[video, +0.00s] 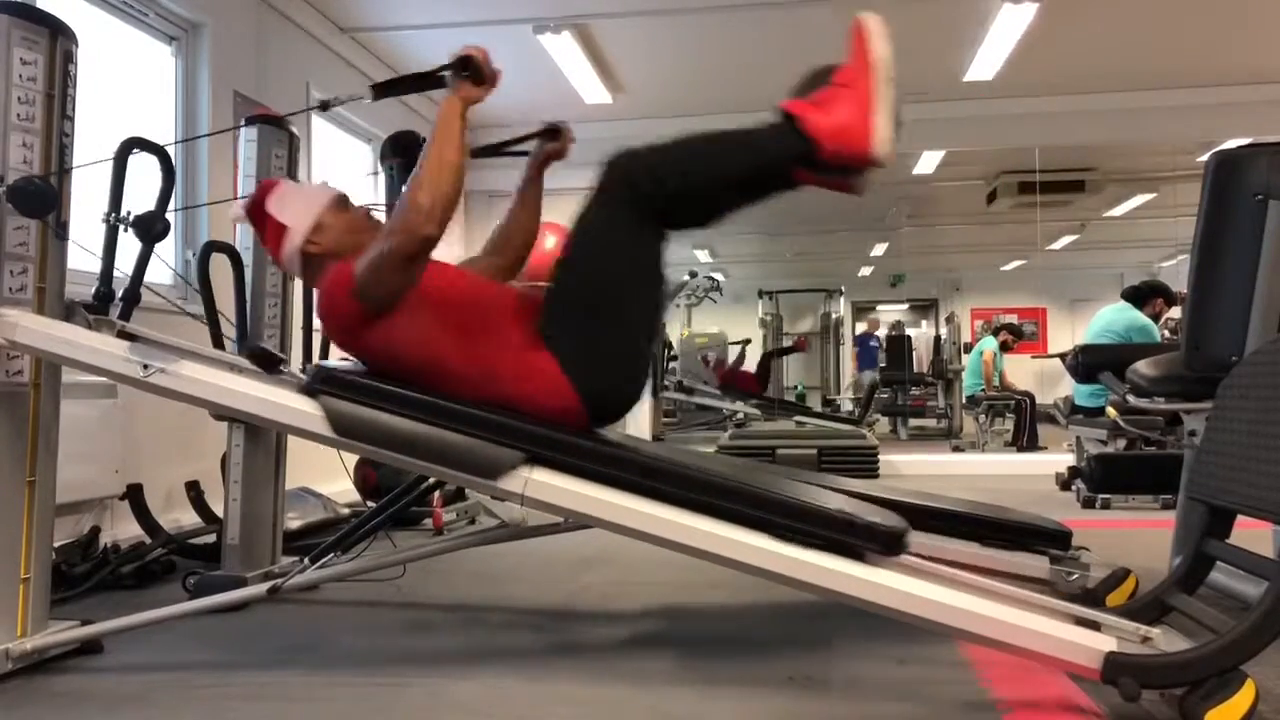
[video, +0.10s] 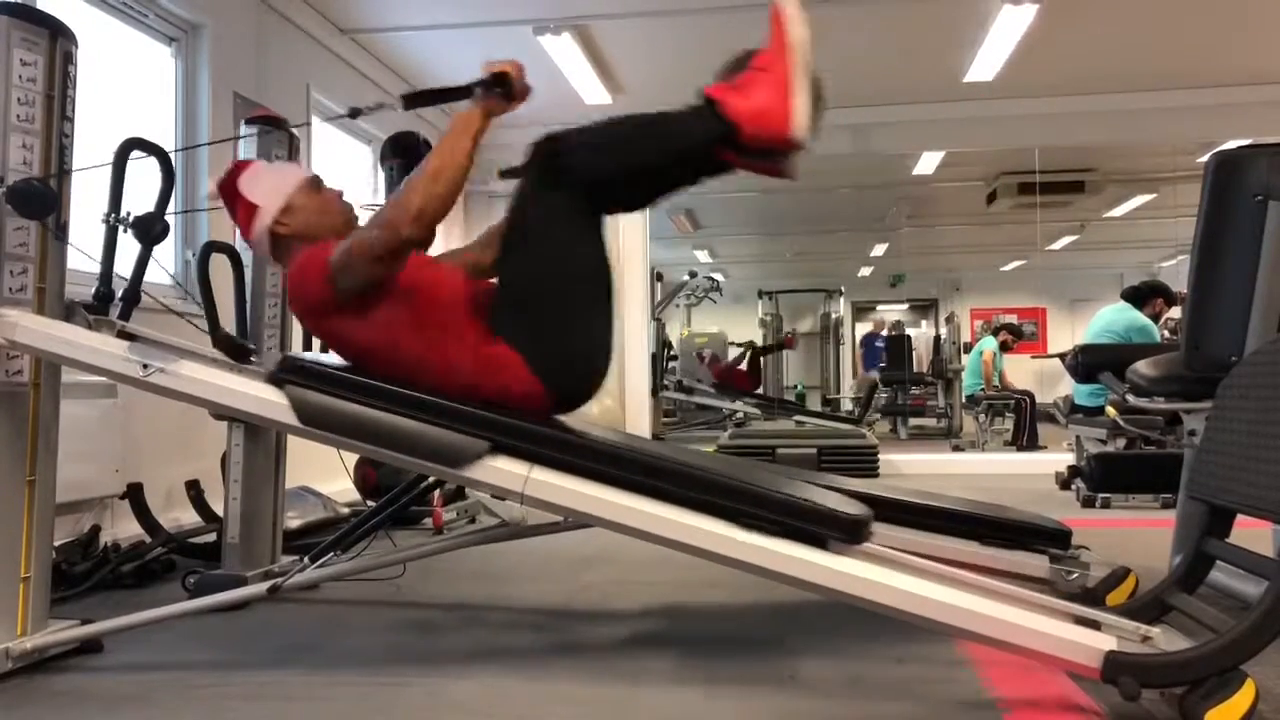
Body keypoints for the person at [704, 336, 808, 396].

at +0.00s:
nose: (724, 363)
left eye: (722, 362)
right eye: (721, 363)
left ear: (717, 369)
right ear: (719, 368)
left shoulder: (725, 376)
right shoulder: (726, 377)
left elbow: (738, 363)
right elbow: (738, 362)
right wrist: (743, 347)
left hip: (757, 384)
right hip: (758, 387)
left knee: (767, 357)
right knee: (767, 356)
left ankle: (795, 347)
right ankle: (796, 348)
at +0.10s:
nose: (719, 357)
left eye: (716, 357)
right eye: (717, 357)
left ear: (710, 364)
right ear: (716, 360)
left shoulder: (720, 369)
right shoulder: (719, 370)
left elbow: (736, 362)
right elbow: (735, 362)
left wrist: (745, 349)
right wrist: (745, 350)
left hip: (750, 381)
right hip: (751, 383)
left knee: (755, 352)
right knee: (755, 353)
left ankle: (782, 344)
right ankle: (784, 344)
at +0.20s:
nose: (715, 355)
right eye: (713, 354)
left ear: (704, 361)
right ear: (712, 357)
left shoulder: (715, 370)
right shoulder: (716, 368)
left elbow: (730, 364)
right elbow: (730, 364)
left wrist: (742, 359)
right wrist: (743, 358)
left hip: (746, 381)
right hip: (748, 380)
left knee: (745, 350)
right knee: (745, 350)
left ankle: (771, 343)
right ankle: (772, 343)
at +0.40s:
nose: (711, 351)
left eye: (708, 350)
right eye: (709, 350)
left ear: (701, 358)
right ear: (708, 353)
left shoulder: (708, 369)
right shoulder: (713, 363)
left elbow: (731, 366)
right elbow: (732, 365)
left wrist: (756, 359)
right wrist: (751, 366)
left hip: (738, 382)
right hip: (742, 378)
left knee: (735, 349)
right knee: (735, 349)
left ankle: (763, 340)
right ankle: (764, 340)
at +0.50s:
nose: (710, 350)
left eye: (708, 349)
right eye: (708, 350)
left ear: (701, 358)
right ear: (707, 353)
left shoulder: (708, 368)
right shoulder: (713, 363)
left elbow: (733, 365)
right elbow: (734, 365)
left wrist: (759, 362)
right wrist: (754, 368)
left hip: (738, 382)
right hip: (742, 378)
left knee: (736, 350)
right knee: (736, 349)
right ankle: (763, 340)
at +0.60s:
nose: (710, 349)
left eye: (707, 348)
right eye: (707, 349)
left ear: (702, 357)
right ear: (705, 354)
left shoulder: (709, 368)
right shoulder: (714, 363)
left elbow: (732, 366)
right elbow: (733, 365)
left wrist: (755, 362)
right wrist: (751, 367)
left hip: (737, 383)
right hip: (742, 380)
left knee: (739, 350)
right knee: (739, 349)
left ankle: (765, 341)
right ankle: (766, 341)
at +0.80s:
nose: (713, 353)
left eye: (711, 352)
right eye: (711, 353)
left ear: (705, 360)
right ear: (710, 356)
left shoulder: (715, 368)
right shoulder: (716, 368)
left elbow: (734, 360)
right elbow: (735, 360)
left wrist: (748, 350)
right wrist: (750, 350)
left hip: (744, 380)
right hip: (747, 381)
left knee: (751, 352)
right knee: (753, 353)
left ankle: (780, 344)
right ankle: (782, 345)